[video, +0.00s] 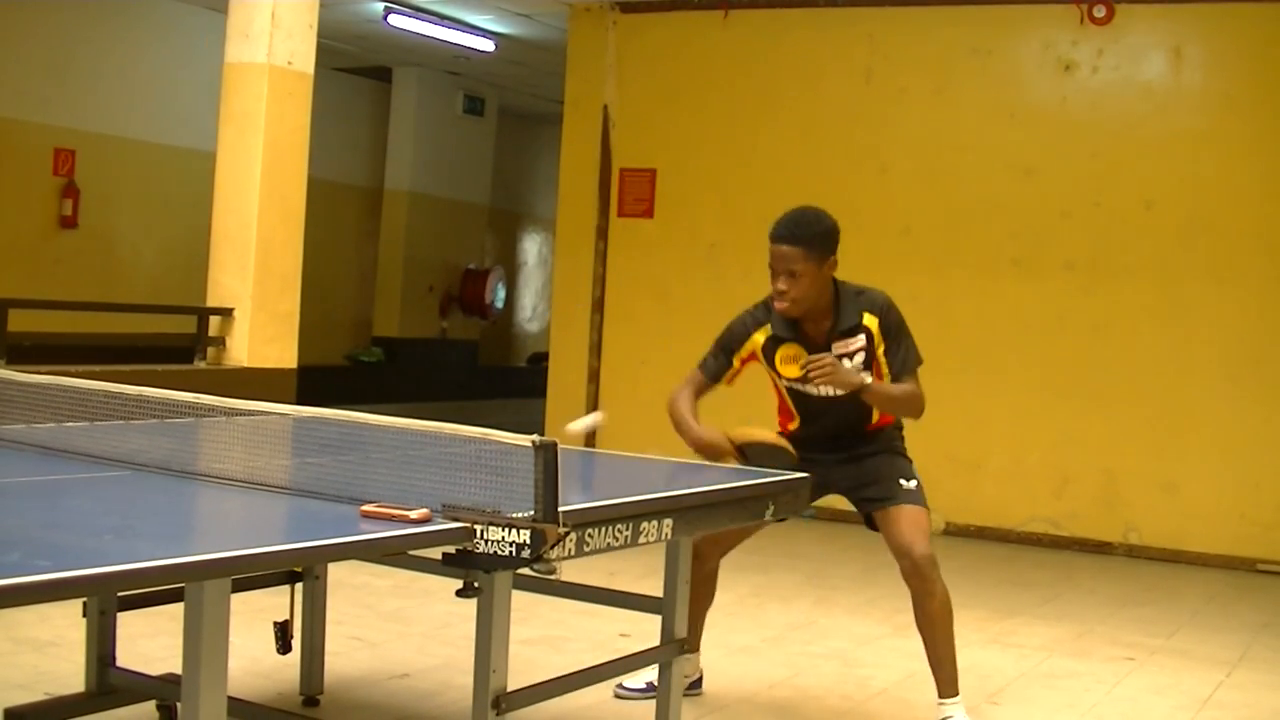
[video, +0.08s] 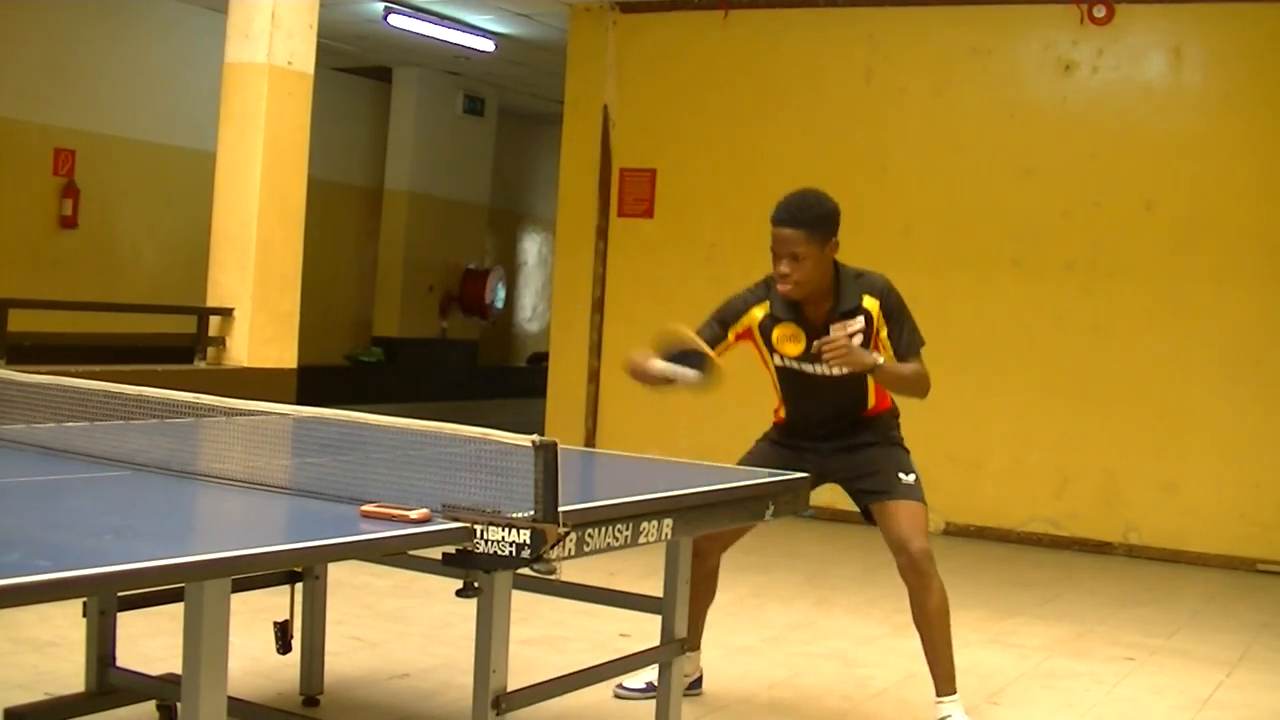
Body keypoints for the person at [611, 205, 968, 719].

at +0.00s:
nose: (777, 287)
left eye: (790, 275)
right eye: (773, 273)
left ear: (828, 269)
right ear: (767, 266)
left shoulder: (874, 312)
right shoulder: (759, 324)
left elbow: (914, 403)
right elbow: (682, 396)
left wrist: (859, 382)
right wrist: (696, 435)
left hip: (875, 452)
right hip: (799, 453)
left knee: (919, 556)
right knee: (701, 544)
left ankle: (950, 703)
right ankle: (682, 665)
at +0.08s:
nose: (781, 270)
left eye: (794, 259)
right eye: (776, 256)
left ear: (830, 252)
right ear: (769, 249)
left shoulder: (874, 295)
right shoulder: (755, 305)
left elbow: (919, 383)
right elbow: (692, 357)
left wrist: (867, 361)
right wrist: (655, 366)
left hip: (870, 441)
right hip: (790, 442)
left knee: (915, 551)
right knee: (702, 539)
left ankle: (949, 702)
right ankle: (683, 664)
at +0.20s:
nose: (775, 244)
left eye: (787, 231)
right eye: (769, 230)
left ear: (824, 224)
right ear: (764, 225)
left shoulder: (868, 276)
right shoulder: (748, 281)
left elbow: (913, 364)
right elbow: (654, 318)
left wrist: (875, 333)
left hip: (855, 431)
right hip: (776, 430)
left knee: (904, 547)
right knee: (687, 523)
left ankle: (926, 701)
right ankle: (671, 657)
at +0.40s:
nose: (731, 223)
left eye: (745, 211)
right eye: (727, 210)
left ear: (781, 212)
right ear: (724, 210)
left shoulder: (823, 274)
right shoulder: (715, 277)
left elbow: (847, 366)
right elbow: (635, 336)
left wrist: (798, 310)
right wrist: (599, 293)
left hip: (815, 441)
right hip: (737, 437)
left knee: (870, 555)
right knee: (649, 529)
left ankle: (917, 703)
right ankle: (648, 664)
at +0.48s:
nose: (697, 207)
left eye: (710, 195)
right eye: (694, 194)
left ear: (748, 195)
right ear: (694, 195)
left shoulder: (795, 252)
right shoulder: (697, 265)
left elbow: (808, 340)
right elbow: (646, 347)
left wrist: (734, 290)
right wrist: (603, 318)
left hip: (802, 427)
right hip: (728, 422)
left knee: (841, 554)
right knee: (641, 507)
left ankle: (904, 700)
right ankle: (639, 653)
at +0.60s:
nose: (647, 216)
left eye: (659, 203)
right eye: (645, 204)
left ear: (698, 201)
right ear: (668, 206)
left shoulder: (741, 251)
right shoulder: (681, 273)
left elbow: (745, 339)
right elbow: (677, 369)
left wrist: (667, 306)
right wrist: (614, 390)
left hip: (792, 413)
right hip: (734, 414)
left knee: (806, 560)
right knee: (653, 514)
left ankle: (878, 692)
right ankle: (622, 651)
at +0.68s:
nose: (621, 246)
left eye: (631, 234)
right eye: (617, 234)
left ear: (669, 230)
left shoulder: (705, 273)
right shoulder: (664, 297)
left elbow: (706, 366)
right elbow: (691, 393)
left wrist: (637, 344)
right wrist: (626, 448)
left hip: (781, 427)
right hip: (727, 431)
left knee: (790, 575)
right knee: (635, 507)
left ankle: (879, 697)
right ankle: (613, 651)